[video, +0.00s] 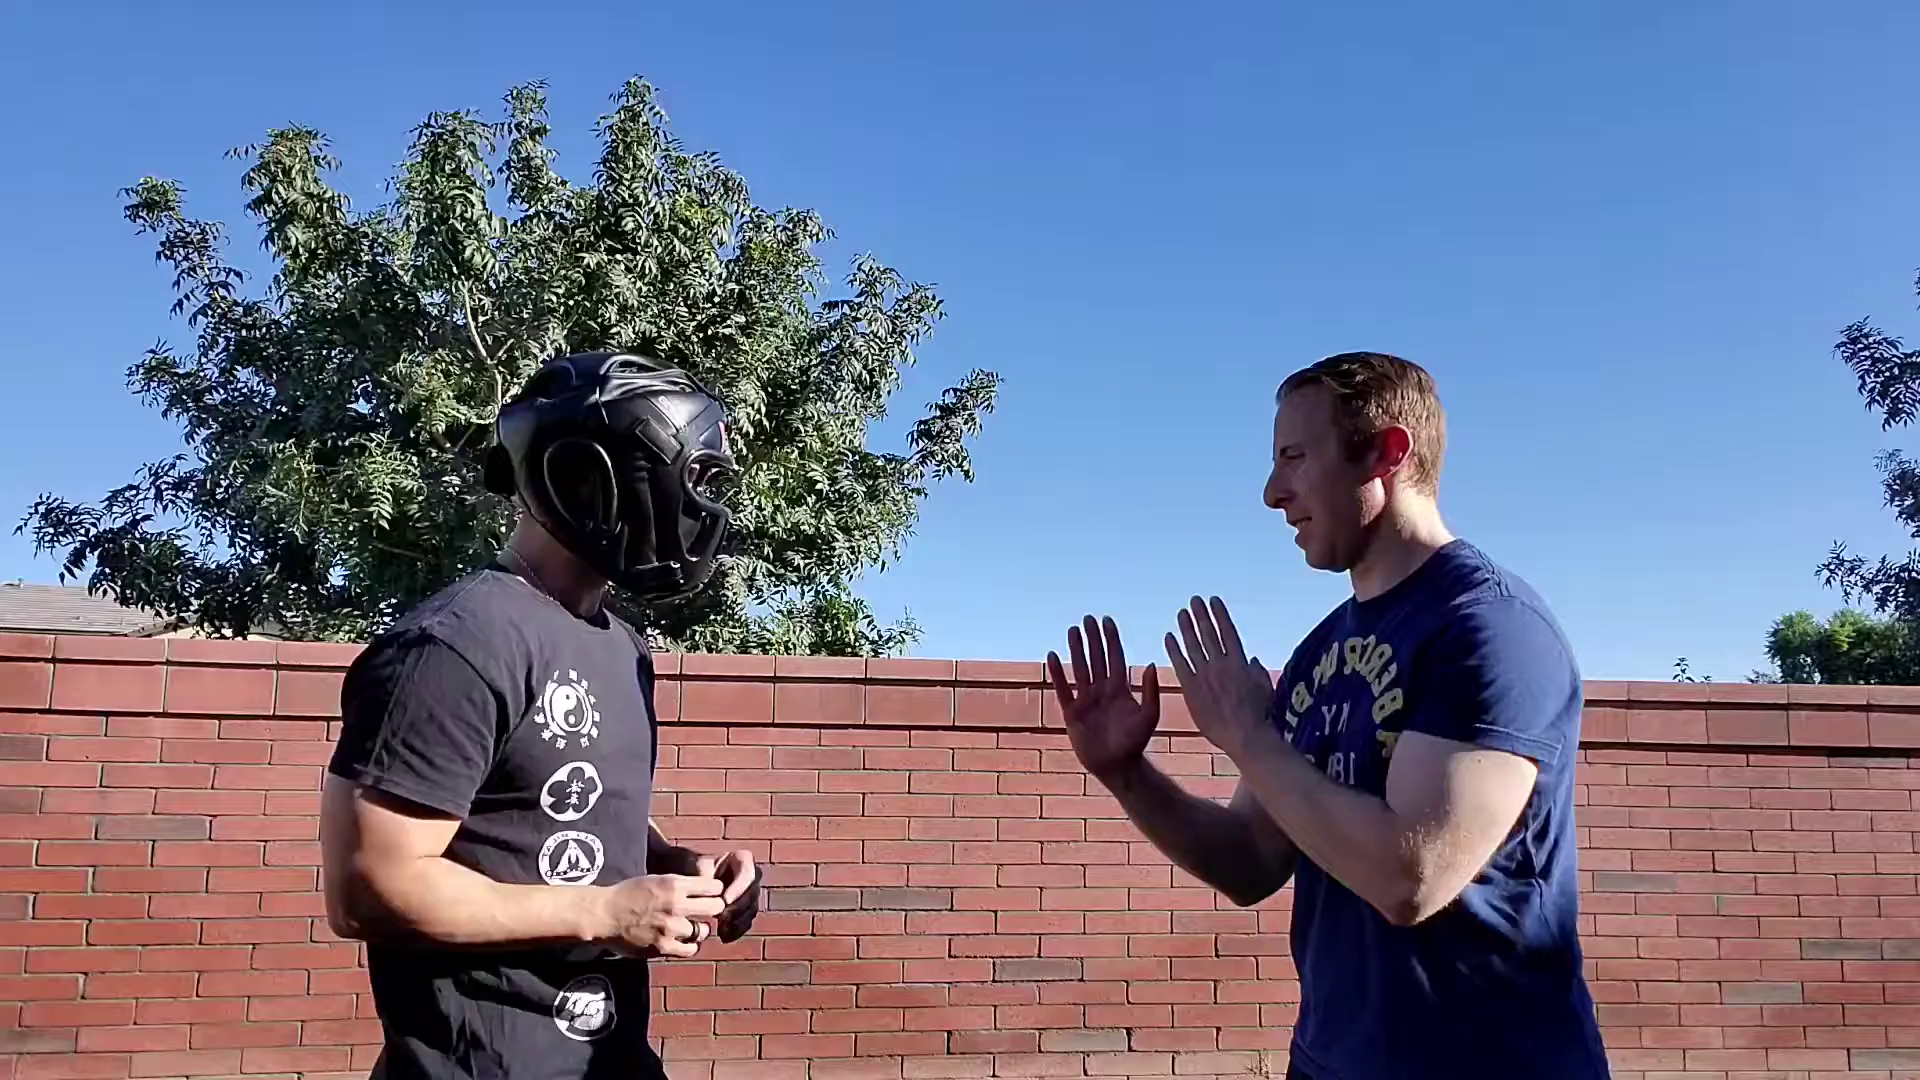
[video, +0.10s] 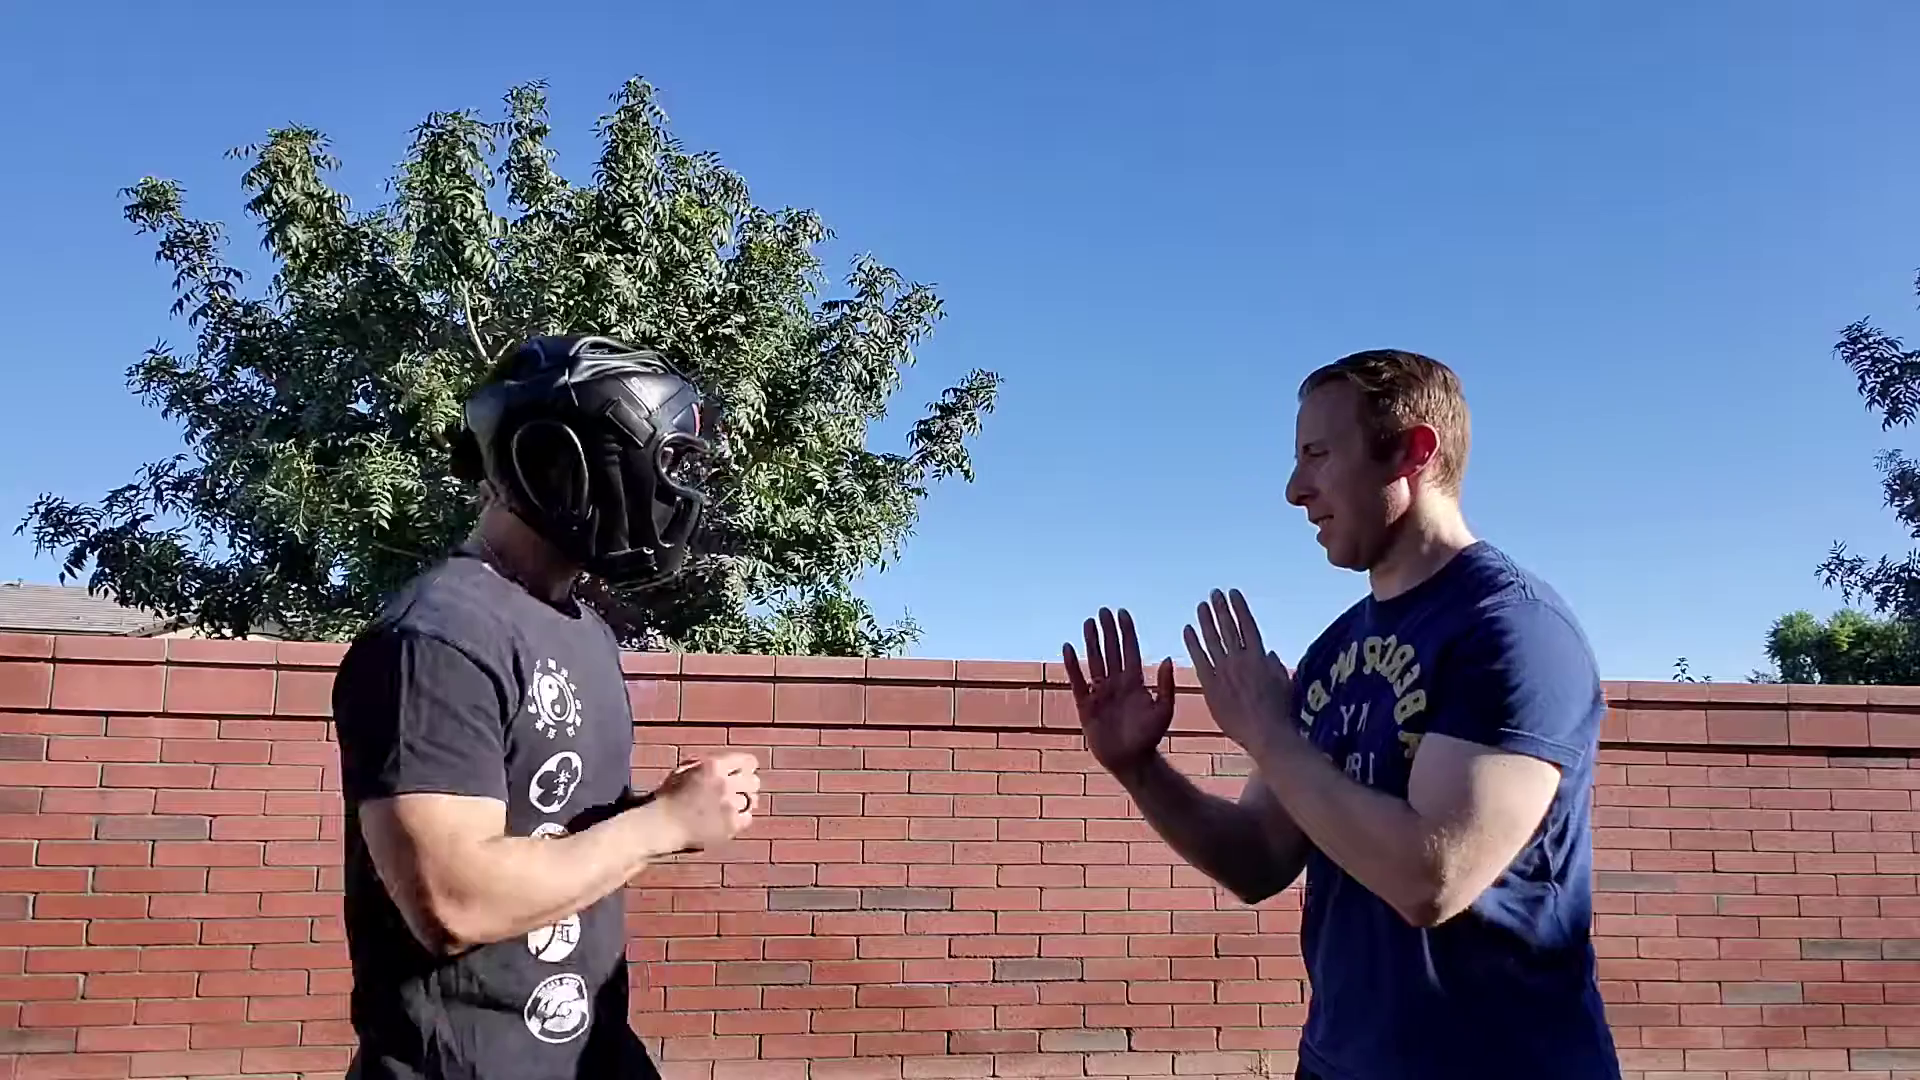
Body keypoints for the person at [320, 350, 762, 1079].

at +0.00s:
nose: (702, 507)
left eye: (704, 481)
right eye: (685, 479)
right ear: (599, 482)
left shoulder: (622, 649)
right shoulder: (451, 645)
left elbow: (582, 829)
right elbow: (370, 890)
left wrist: (679, 870)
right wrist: (603, 912)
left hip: (612, 1050)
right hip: (480, 1057)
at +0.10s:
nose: (682, 494)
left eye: (684, 467)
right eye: (666, 465)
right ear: (576, 471)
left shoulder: (584, 628)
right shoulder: (431, 640)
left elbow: (557, 825)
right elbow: (452, 901)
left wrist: (668, 813)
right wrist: (661, 825)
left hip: (589, 1043)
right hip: (460, 1058)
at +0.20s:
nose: (675, 494)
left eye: (676, 467)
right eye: (656, 464)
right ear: (560, 469)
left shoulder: (585, 629)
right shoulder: (437, 637)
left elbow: (578, 842)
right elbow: (500, 885)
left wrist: (718, 858)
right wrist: (706, 793)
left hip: (606, 1051)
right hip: (476, 1059)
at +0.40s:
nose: (785, 529)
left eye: (787, 505)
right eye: (770, 502)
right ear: (686, 500)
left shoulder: (733, 670)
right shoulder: (540, 668)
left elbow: (792, 805)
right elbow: (562, 904)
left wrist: (936, 821)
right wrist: (770, 786)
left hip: (724, 1056)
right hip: (581, 1060)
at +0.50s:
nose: (867, 531)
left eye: (873, 507)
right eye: (847, 503)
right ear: (754, 497)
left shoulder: (837, 652)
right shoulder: (591, 670)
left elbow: (984, 728)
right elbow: (557, 902)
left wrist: (1106, 713)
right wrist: (766, 816)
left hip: (788, 1054)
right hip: (623, 1059)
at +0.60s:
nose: (893, 543)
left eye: (896, 518)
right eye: (870, 517)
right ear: (774, 515)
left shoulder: (881, 666)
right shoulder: (597, 684)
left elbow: (1064, 692)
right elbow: (516, 898)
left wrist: (1194, 678)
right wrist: (679, 890)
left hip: (809, 1059)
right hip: (629, 1062)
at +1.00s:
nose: (892, 535)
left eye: (895, 510)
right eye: (869, 508)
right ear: (772, 507)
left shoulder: (868, 656)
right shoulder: (597, 673)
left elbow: (1061, 675)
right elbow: (547, 899)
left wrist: (1214, 638)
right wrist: (741, 800)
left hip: (809, 1059)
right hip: (631, 1060)